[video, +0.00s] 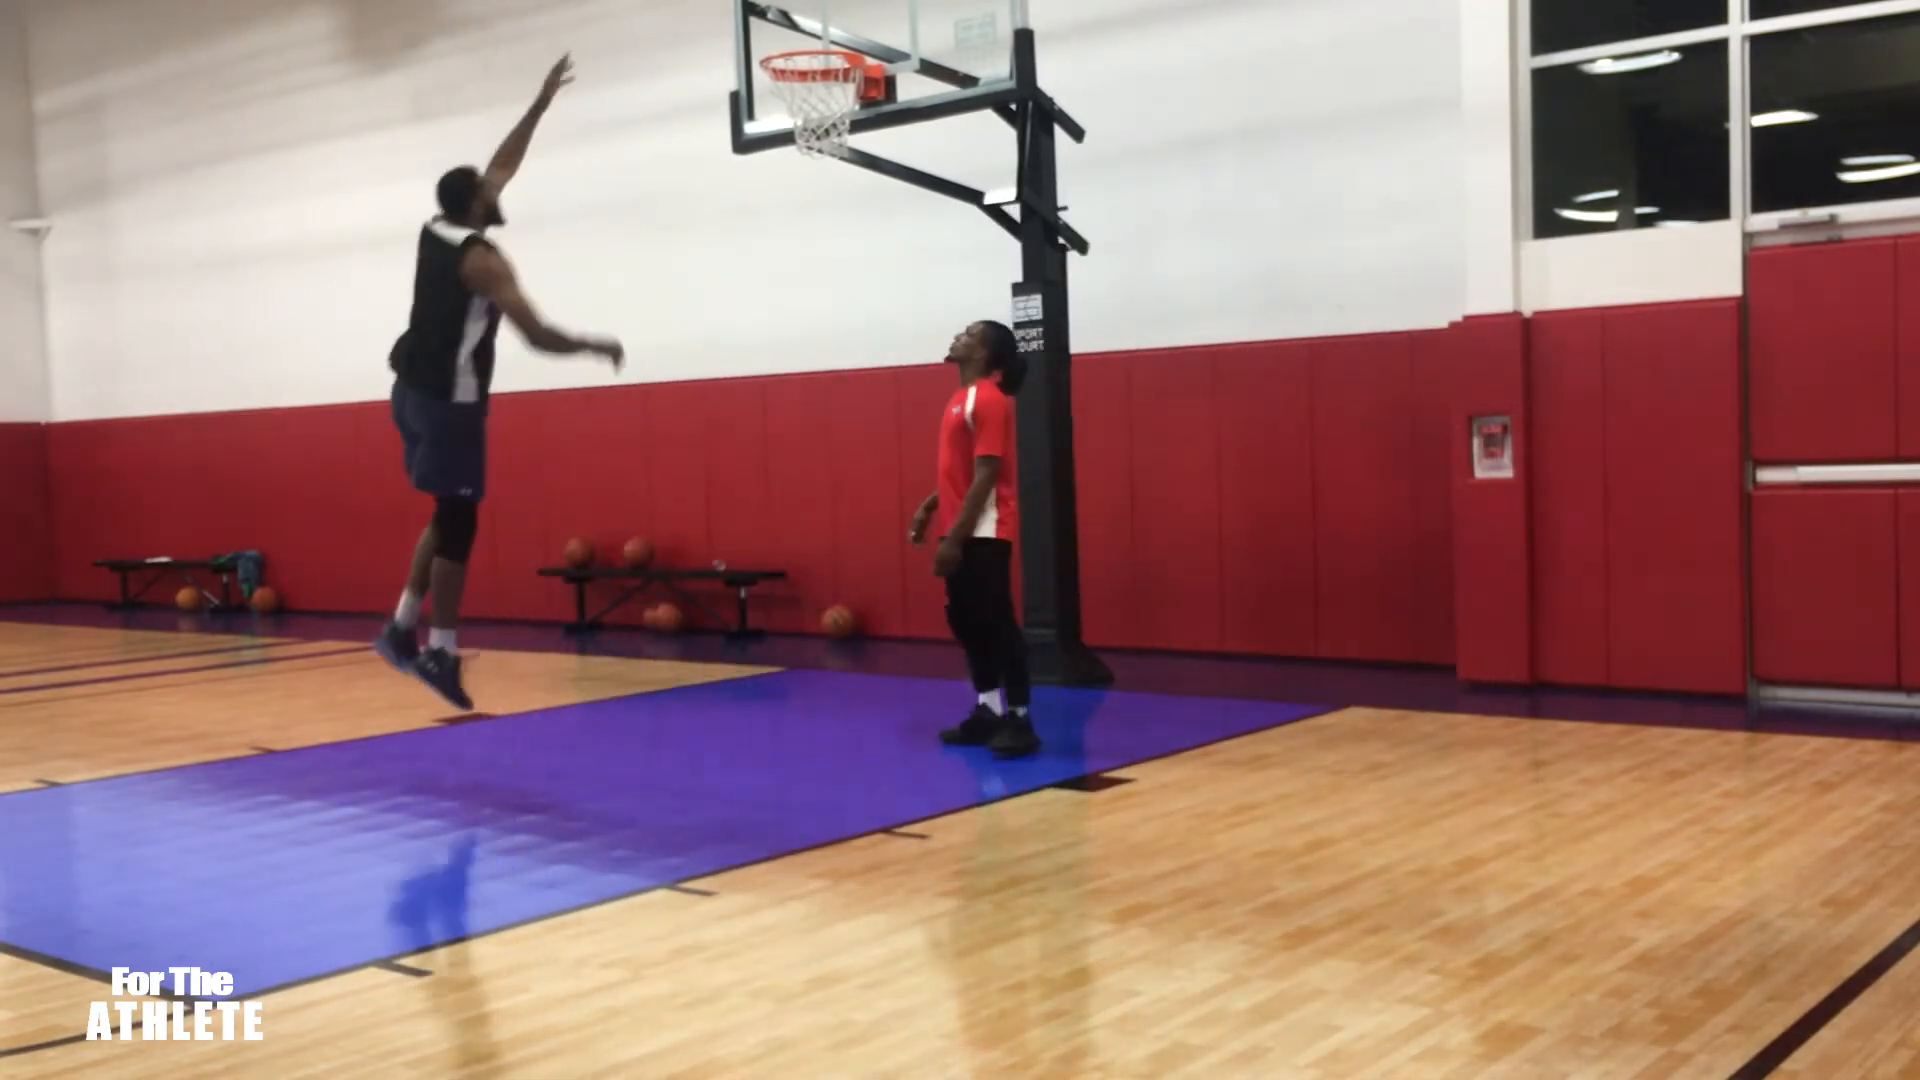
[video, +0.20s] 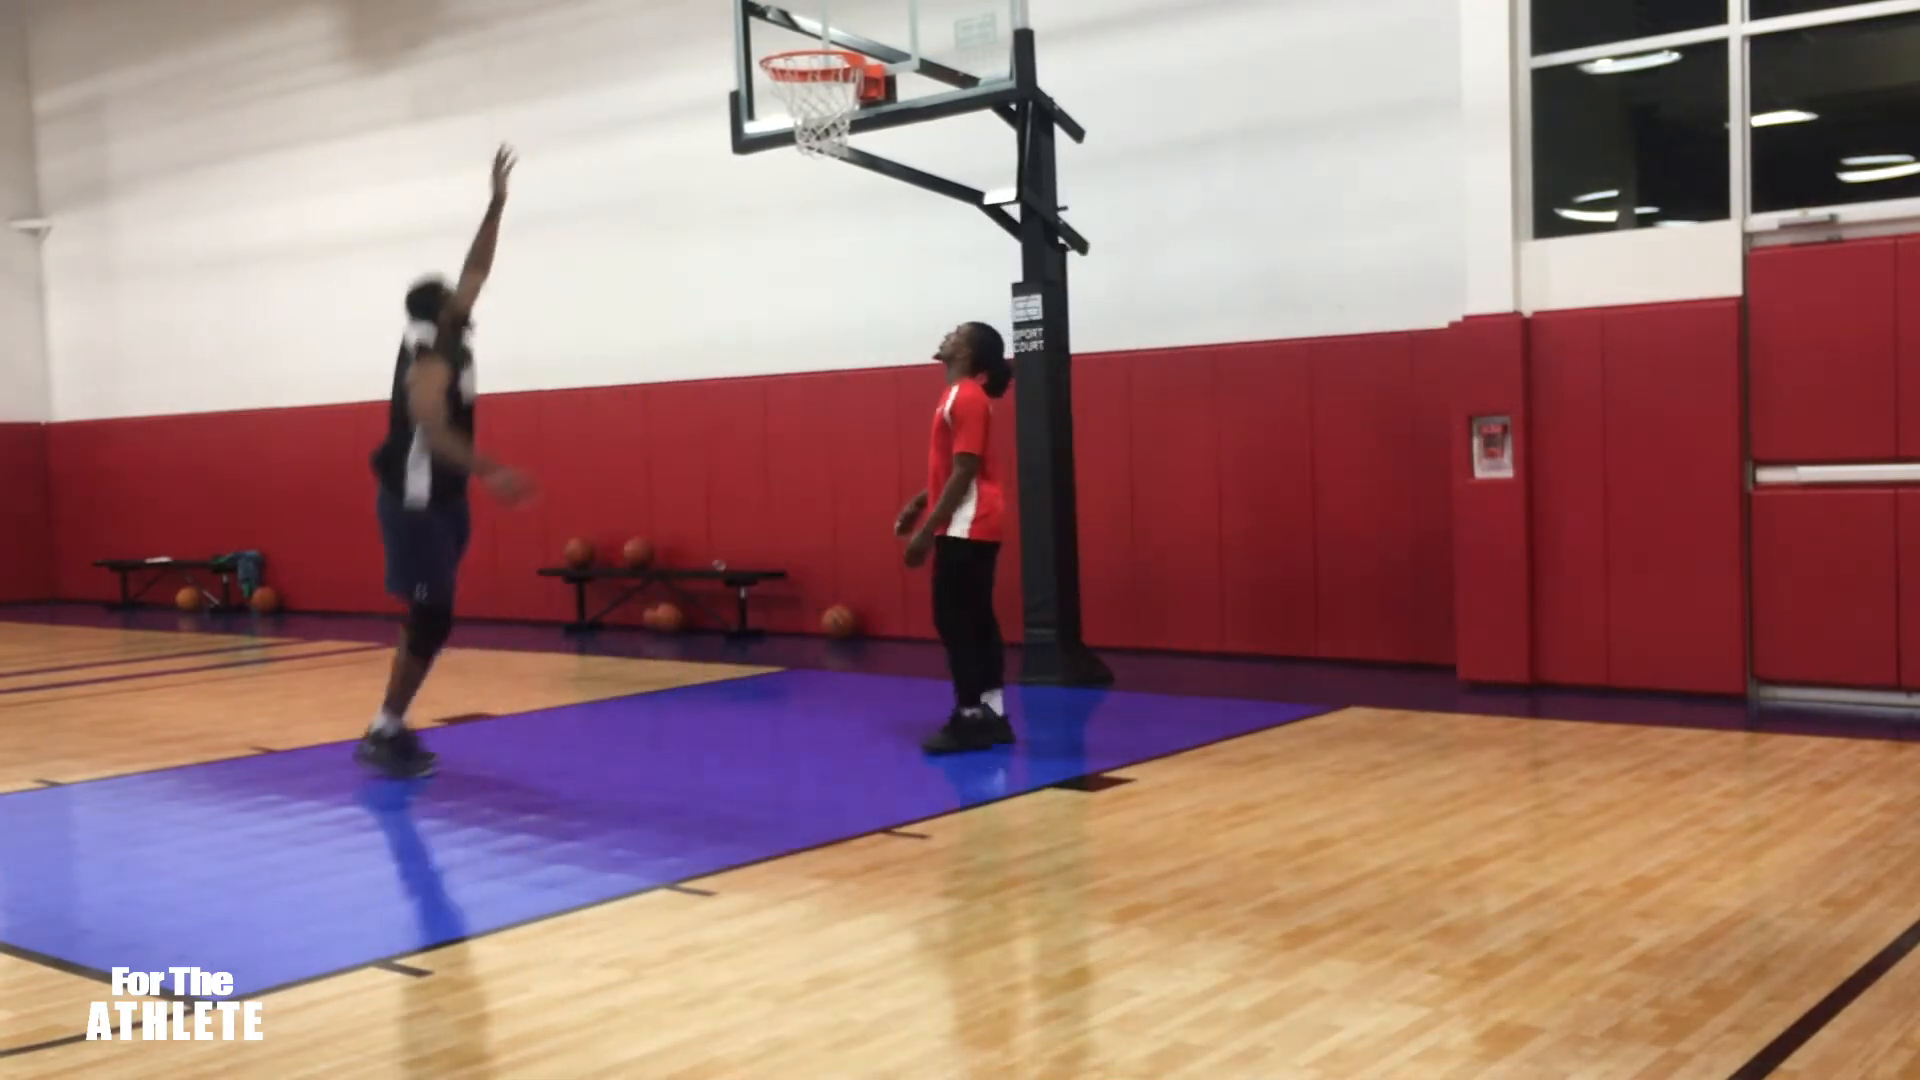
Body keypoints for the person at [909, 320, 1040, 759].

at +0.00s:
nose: (957, 336)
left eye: (968, 334)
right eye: (962, 331)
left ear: (985, 352)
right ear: (969, 352)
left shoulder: (989, 397)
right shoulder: (961, 398)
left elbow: (988, 472)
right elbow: (963, 470)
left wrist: (956, 536)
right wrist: (930, 503)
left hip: (987, 530)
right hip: (963, 530)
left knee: (996, 619)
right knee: (965, 618)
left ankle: (1018, 718)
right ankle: (989, 710)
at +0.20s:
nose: (945, 337)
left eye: (955, 334)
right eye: (950, 331)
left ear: (970, 351)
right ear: (966, 352)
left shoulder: (968, 396)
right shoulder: (957, 395)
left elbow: (966, 468)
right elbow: (953, 469)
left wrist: (927, 531)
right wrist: (919, 502)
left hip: (968, 523)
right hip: (965, 520)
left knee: (952, 616)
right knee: (976, 614)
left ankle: (973, 713)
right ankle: (992, 711)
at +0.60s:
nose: (914, 342)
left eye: (922, 339)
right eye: (920, 337)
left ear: (930, 355)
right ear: (941, 360)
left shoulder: (923, 400)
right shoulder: (941, 401)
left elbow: (927, 468)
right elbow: (933, 470)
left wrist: (910, 539)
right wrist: (896, 509)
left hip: (920, 536)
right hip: (946, 535)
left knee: (896, 621)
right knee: (954, 619)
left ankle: (890, 713)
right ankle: (988, 709)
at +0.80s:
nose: (887, 349)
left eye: (894, 343)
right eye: (892, 343)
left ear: (903, 356)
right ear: (917, 361)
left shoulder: (899, 401)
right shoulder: (916, 402)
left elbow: (897, 473)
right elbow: (903, 471)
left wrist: (877, 538)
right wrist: (868, 507)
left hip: (891, 536)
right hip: (912, 534)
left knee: (878, 624)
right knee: (914, 615)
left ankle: (887, 714)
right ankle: (970, 694)